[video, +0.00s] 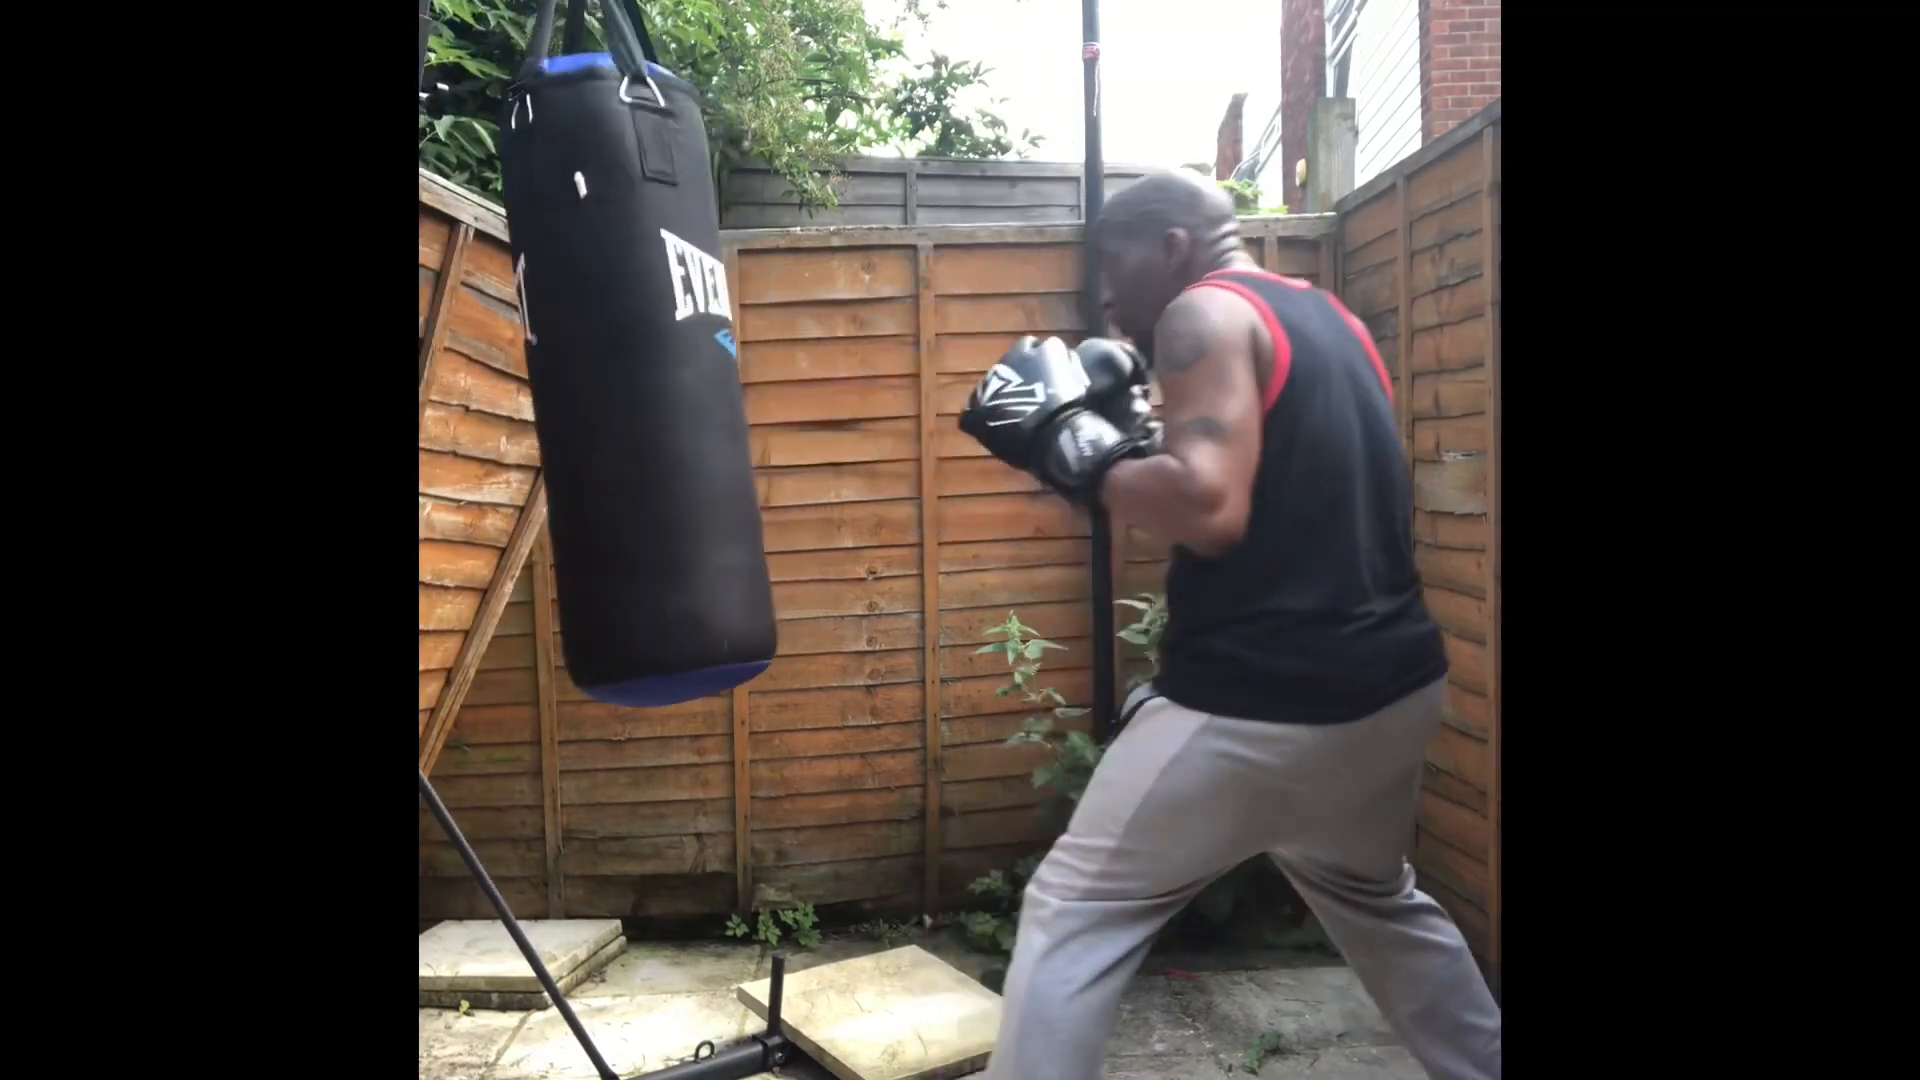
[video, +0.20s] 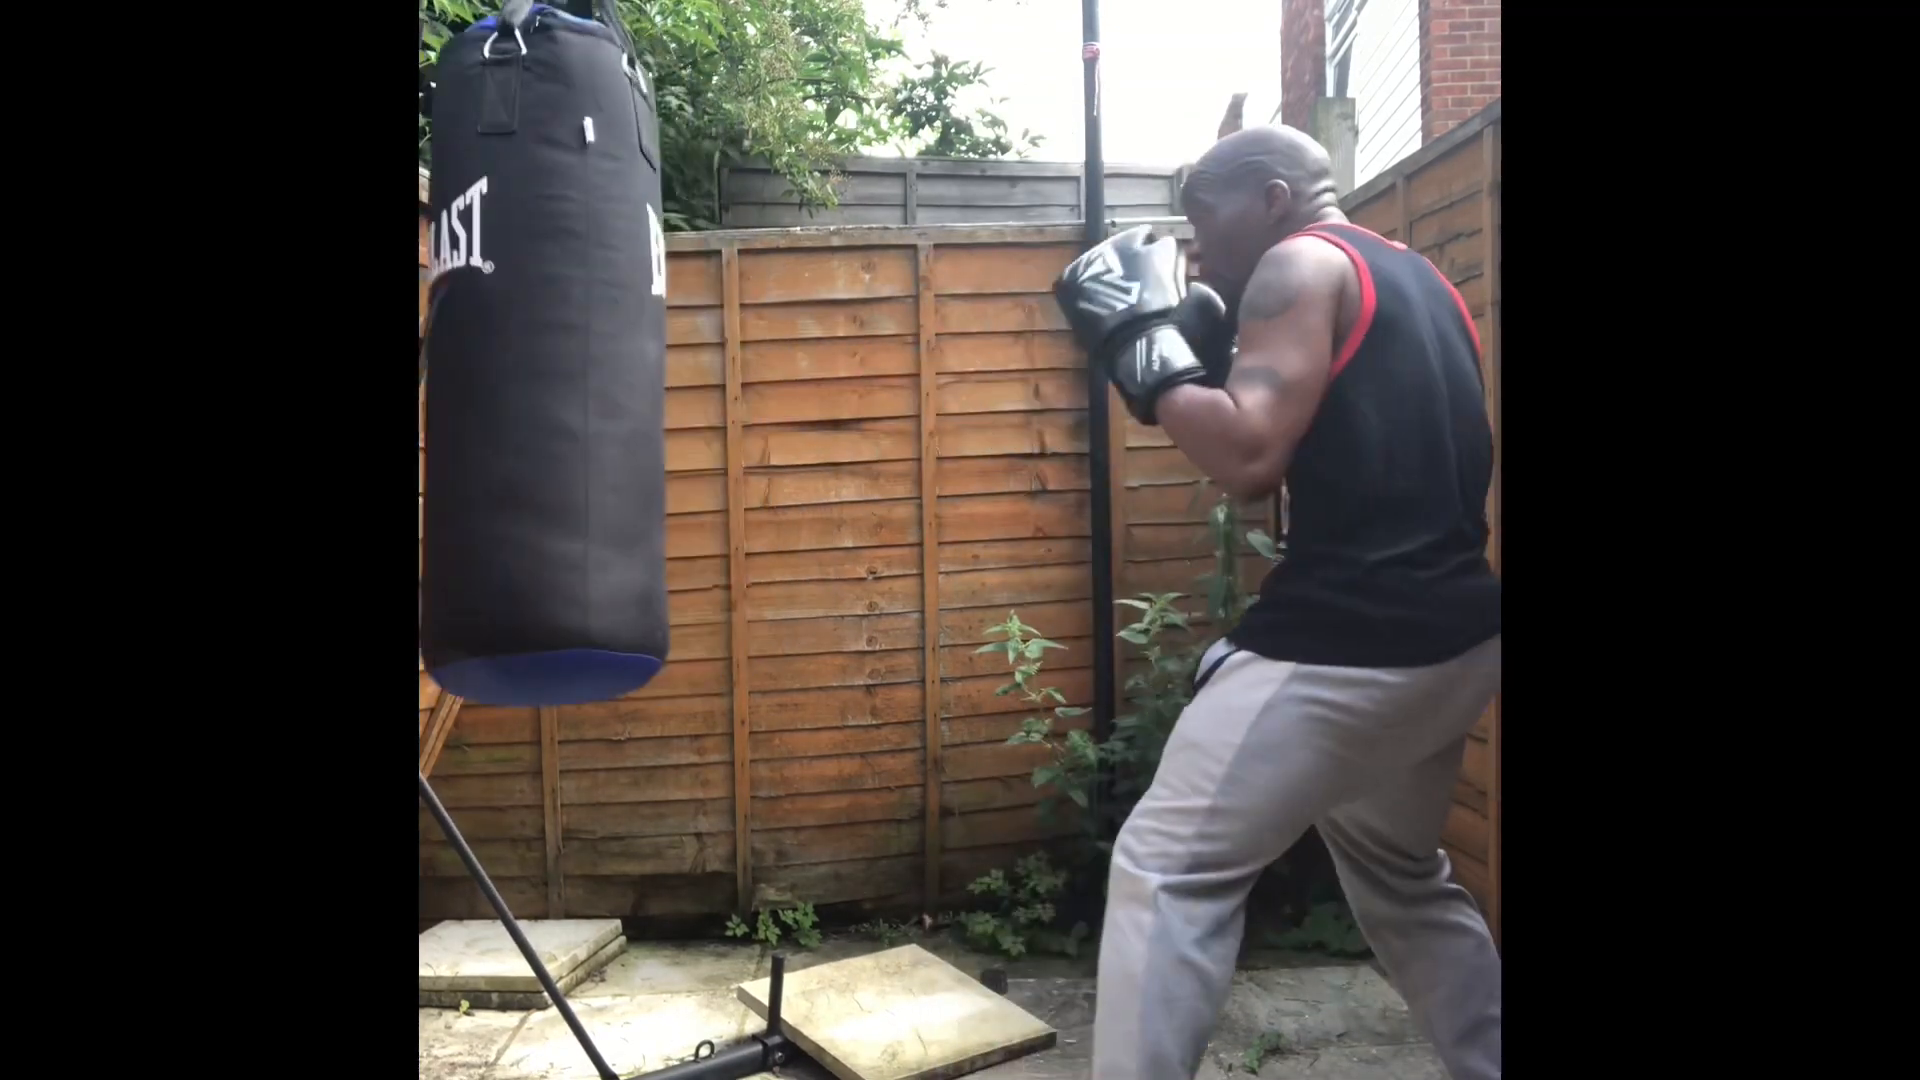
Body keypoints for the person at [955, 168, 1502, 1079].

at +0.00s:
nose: (1102, 295)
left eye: (1109, 265)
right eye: (1098, 270)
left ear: (1172, 247)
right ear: (1211, 245)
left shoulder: (1206, 313)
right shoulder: (1330, 315)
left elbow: (1208, 508)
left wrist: (1078, 453)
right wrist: (1142, 425)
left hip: (1252, 699)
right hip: (1393, 683)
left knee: (1071, 916)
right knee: (1371, 892)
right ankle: (1485, 1062)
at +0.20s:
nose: (1194, 250)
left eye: (1202, 219)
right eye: (1188, 225)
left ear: (1274, 200)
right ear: (1303, 202)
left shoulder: (1302, 267)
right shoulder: (1413, 272)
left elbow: (1242, 457)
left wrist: (1132, 342)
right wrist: (1205, 346)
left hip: (1342, 635)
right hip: (1454, 629)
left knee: (1165, 867)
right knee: (1399, 870)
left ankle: (1134, 1067)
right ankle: (1489, 1061)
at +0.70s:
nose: (1117, 269)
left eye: (1122, 238)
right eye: (1110, 244)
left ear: (1196, 215)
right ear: (1211, 216)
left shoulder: (1229, 299)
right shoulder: (1350, 280)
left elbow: (1177, 511)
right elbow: (1308, 467)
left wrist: (1067, 403)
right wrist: (1163, 387)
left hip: (1291, 660)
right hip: (1416, 645)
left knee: (1096, 887)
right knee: (1371, 880)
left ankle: (1073, 1068)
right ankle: (1483, 1060)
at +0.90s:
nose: (996, 292)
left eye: (1009, 268)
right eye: (988, 273)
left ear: (1080, 228)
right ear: (1001, 244)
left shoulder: (1227, 306)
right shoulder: (1049, 294)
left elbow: (1256, 533)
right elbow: (903, 317)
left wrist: (1140, 431)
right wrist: (730, 293)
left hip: (1272, 667)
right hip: (1249, 660)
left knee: (1095, 900)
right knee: (1329, 900)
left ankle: (1083, 1077)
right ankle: (1487, 1054)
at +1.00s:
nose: (936, 298)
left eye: (947, 270)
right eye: (929, 273)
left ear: (1040, 230)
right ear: (1026, 229)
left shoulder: (1213, 316)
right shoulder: (1026, 301)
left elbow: (1248, 539)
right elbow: (877, 338)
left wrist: (1112, 460)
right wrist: (722, 332)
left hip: (1252, 664)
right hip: (1157, 663)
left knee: (1074, 899)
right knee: (1295, 885)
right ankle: (1478, 1040)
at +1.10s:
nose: (933, 256)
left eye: (942, 222)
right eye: (923, 232)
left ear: (1035, 196)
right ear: (1033, 203)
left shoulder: (1182, 302)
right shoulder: (1062, 303)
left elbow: (1176, 536)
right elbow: (1068, 452)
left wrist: (1018, 433)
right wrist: (909, 401)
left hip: (1226, 651)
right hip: (1171, 642)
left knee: (1058, 895)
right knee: (1253, 872)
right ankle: (1453, 1029)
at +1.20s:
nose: (969, 246)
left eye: (967, 219)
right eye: (958, 225)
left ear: (1034, 186)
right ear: (1049, 186)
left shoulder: (1151, 285)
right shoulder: (1137, 272)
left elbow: (1112, 519)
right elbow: (1111, 466)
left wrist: (981, 403)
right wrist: (996, 400)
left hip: (1205, 654)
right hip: (1240, 637)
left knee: (1037, 891)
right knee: (1237, 848)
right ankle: (1439, 1036)